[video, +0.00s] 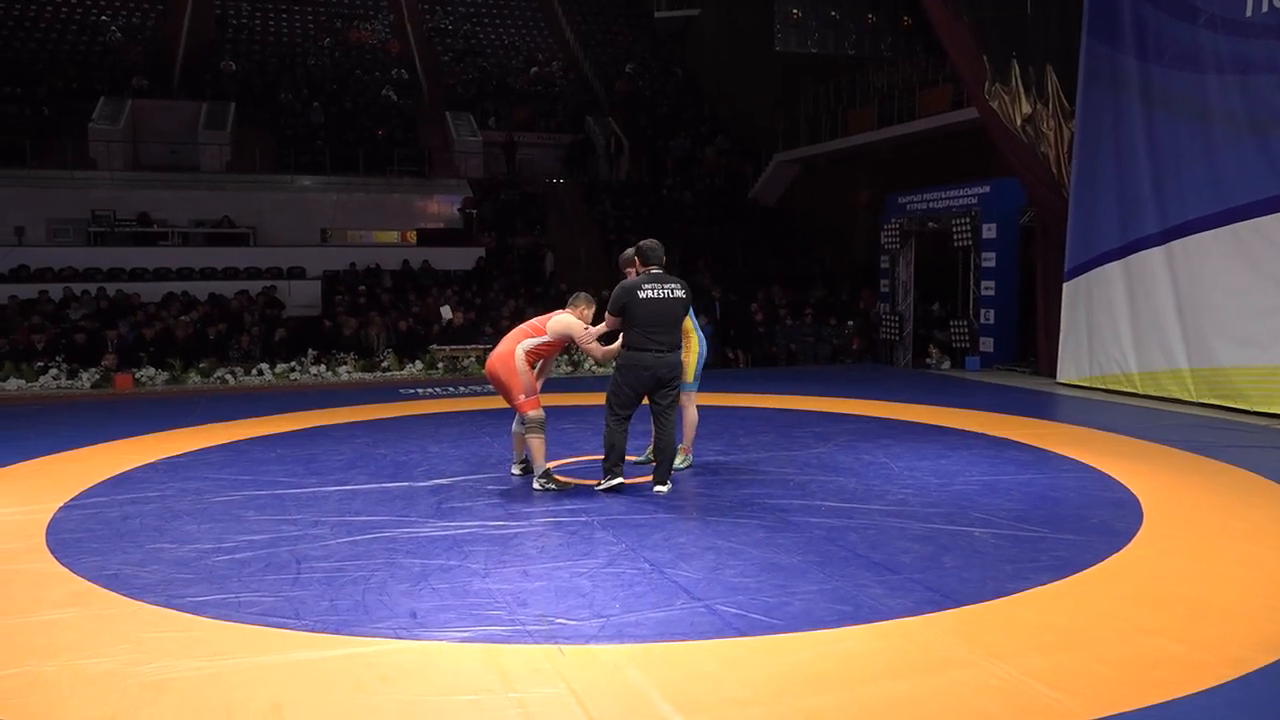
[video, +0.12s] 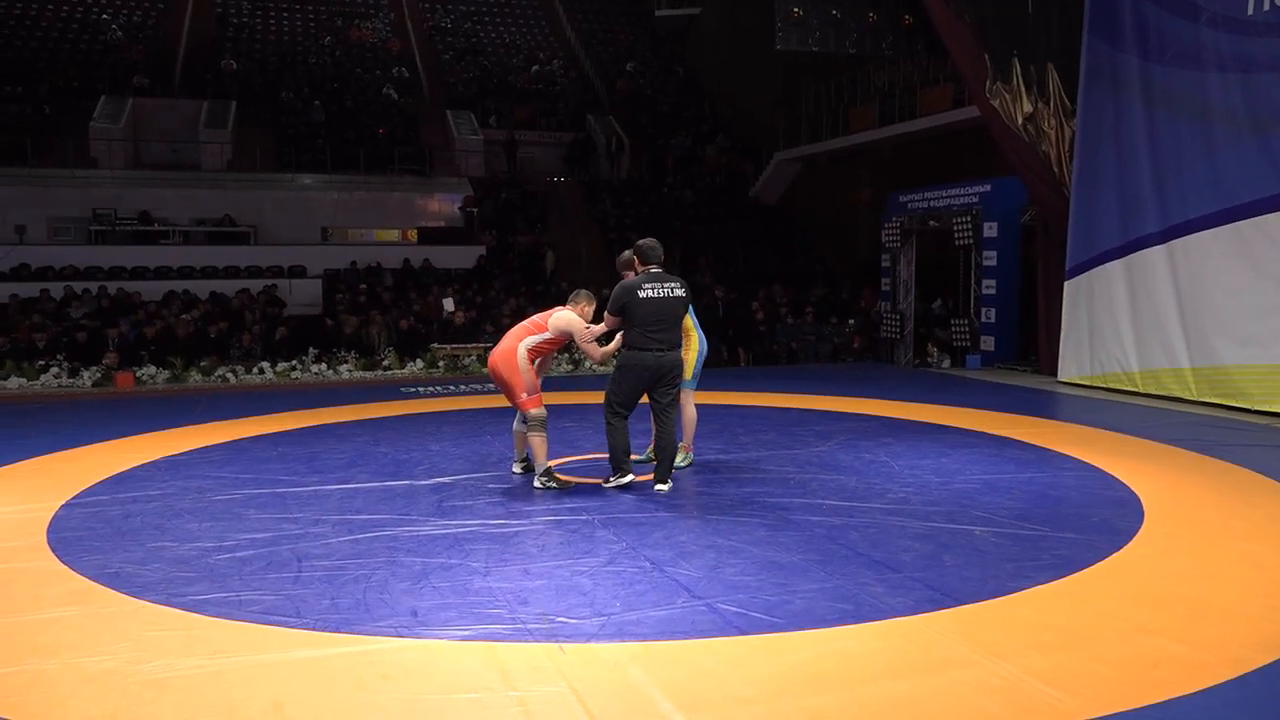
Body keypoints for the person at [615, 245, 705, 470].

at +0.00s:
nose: (628, 277)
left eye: (629, 272)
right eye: (626, 274)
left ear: (638, 268)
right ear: (628, 271)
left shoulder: (662, 288)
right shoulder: (639, 293)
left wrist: (597, 331)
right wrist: (597, 331)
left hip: (690, 341)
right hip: (667, 344)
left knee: (686, 398)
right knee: (660, 399)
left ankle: (686, 450)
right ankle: (656, 447)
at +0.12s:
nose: (625, 281)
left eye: (627, 276)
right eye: (623, 277)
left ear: (636, 269)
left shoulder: (662, 289)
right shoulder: (639, 292)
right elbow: (628, 315)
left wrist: (604, 328)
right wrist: (604, 328)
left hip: (690, 341)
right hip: (667, 344)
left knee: (684, 396)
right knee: (659, 398)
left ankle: (686, 449)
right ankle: (656, 447)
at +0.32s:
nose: (624, 262)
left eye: (624, 259)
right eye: (625, 259)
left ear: (628, 261)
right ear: (654, 259)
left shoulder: (619, 288)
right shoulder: (673, 285)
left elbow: (602, 323)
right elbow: (675, 314)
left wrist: (627, 311)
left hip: (628, 361)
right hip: (664, 360)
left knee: (622, 418)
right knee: (663, 419)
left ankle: (627, 475)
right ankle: (662, 478)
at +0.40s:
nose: (621, 263)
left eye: (622, 260)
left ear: (625, 261)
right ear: (650, 260)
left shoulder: (615, 287)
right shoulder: (670, 284)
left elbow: (600, 323)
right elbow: (671, 317)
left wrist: (624, 313)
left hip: (626, 361)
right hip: (662, 360)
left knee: (623, 419)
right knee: (661, 418)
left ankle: (628, 476)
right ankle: (662, 477)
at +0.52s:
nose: (618, 262)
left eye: (618, 259)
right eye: (619, 259)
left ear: (621, 261)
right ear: (647, 259)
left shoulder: (612, 288)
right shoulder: (666, 283)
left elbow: (596, 323)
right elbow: (670, 314)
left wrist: (621, 314)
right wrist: (644, 309)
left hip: (625, 361)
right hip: (661, 359)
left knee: (627, 419)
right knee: (662, 417)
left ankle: (630, 478)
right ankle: (664, 477)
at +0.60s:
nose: (616, 263)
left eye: (616, 261)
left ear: (619, 263)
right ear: (645, 261)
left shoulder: (610, 289)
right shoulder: (664, 284)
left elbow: (596, 324)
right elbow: (669, 315)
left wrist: (621, 315)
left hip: (625, 362)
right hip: (661, 360)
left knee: (629, 421)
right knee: (663, 418)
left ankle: (631, 479)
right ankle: (665, 477)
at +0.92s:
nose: (621, 265)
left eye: (621, 262)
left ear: (622, 264)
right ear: (648, 261)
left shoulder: (614, 290)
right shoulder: (669, 284)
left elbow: (604, 323)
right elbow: (675, 317)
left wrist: (629, 310)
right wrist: (649, 313)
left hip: (633, 362)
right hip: (668, 360)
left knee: (637, 420)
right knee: (671, 415)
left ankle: (638, 479)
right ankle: (677, 475)